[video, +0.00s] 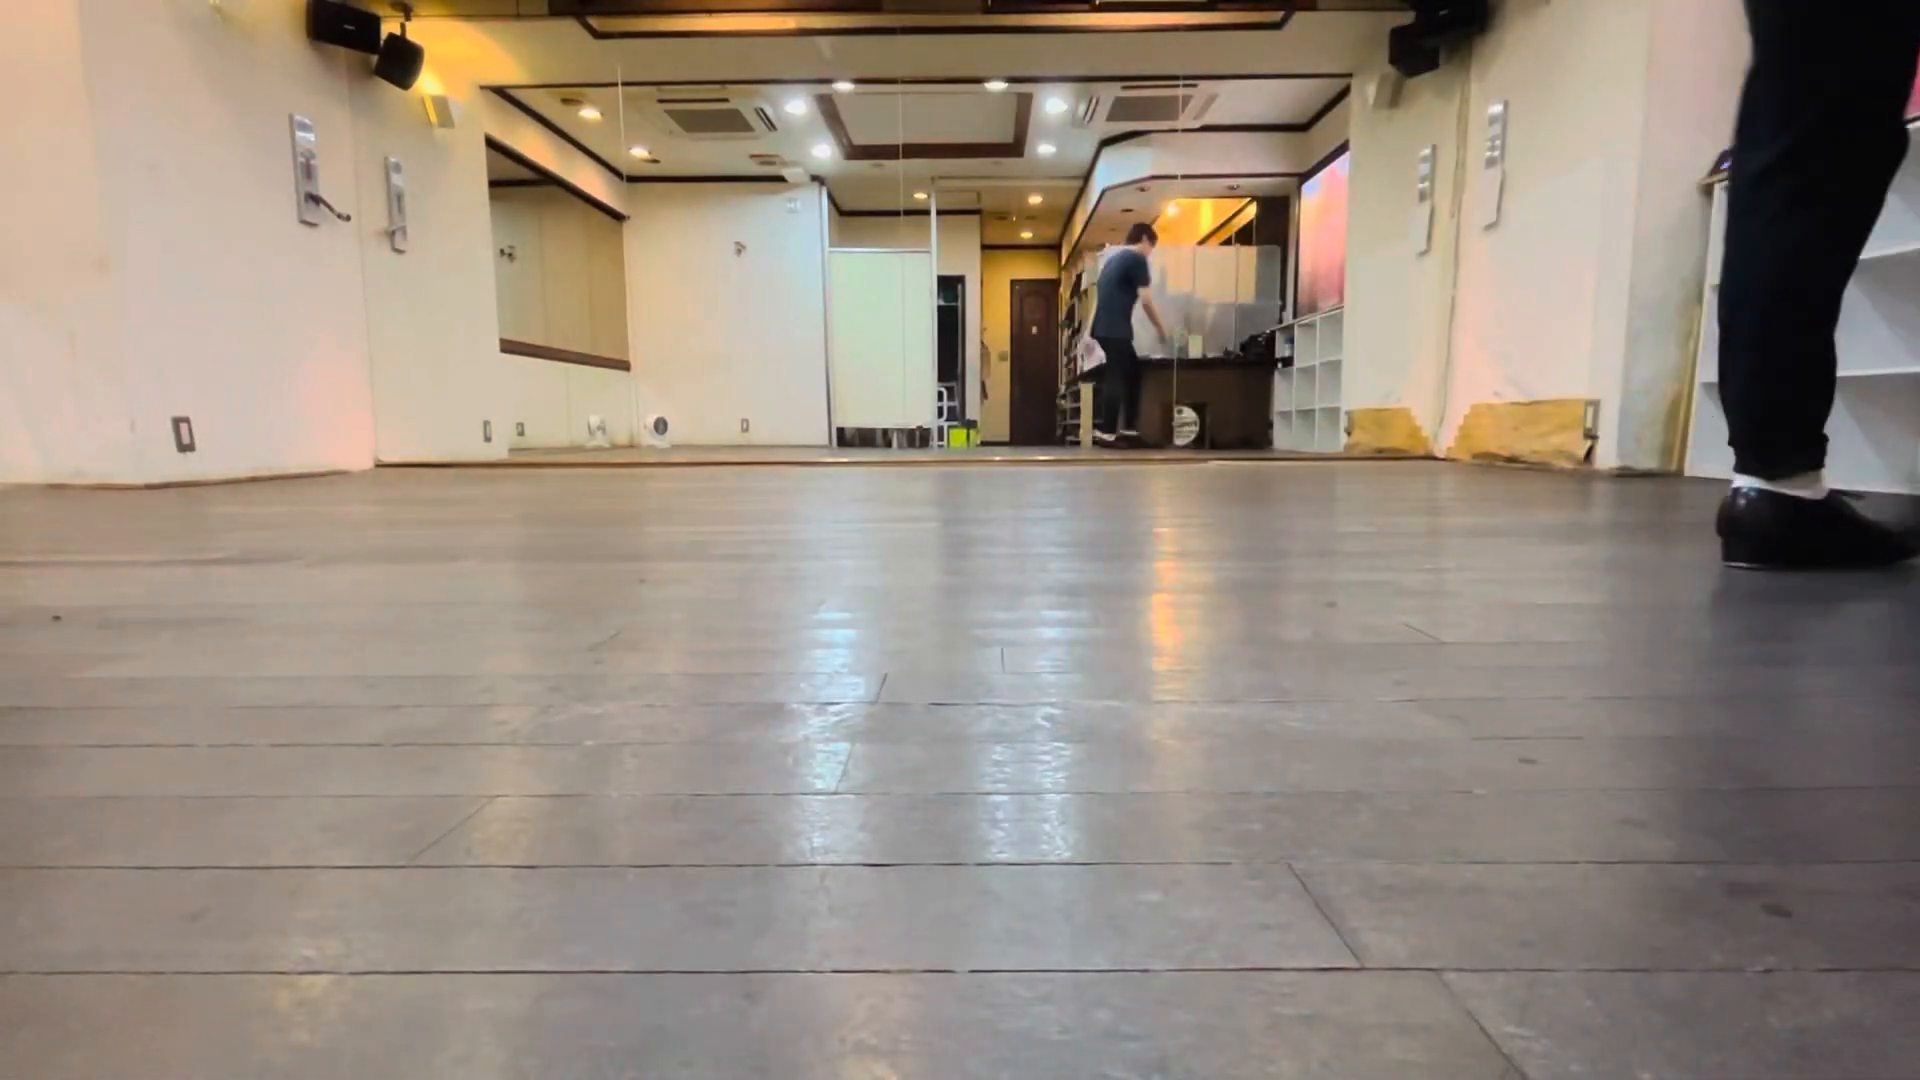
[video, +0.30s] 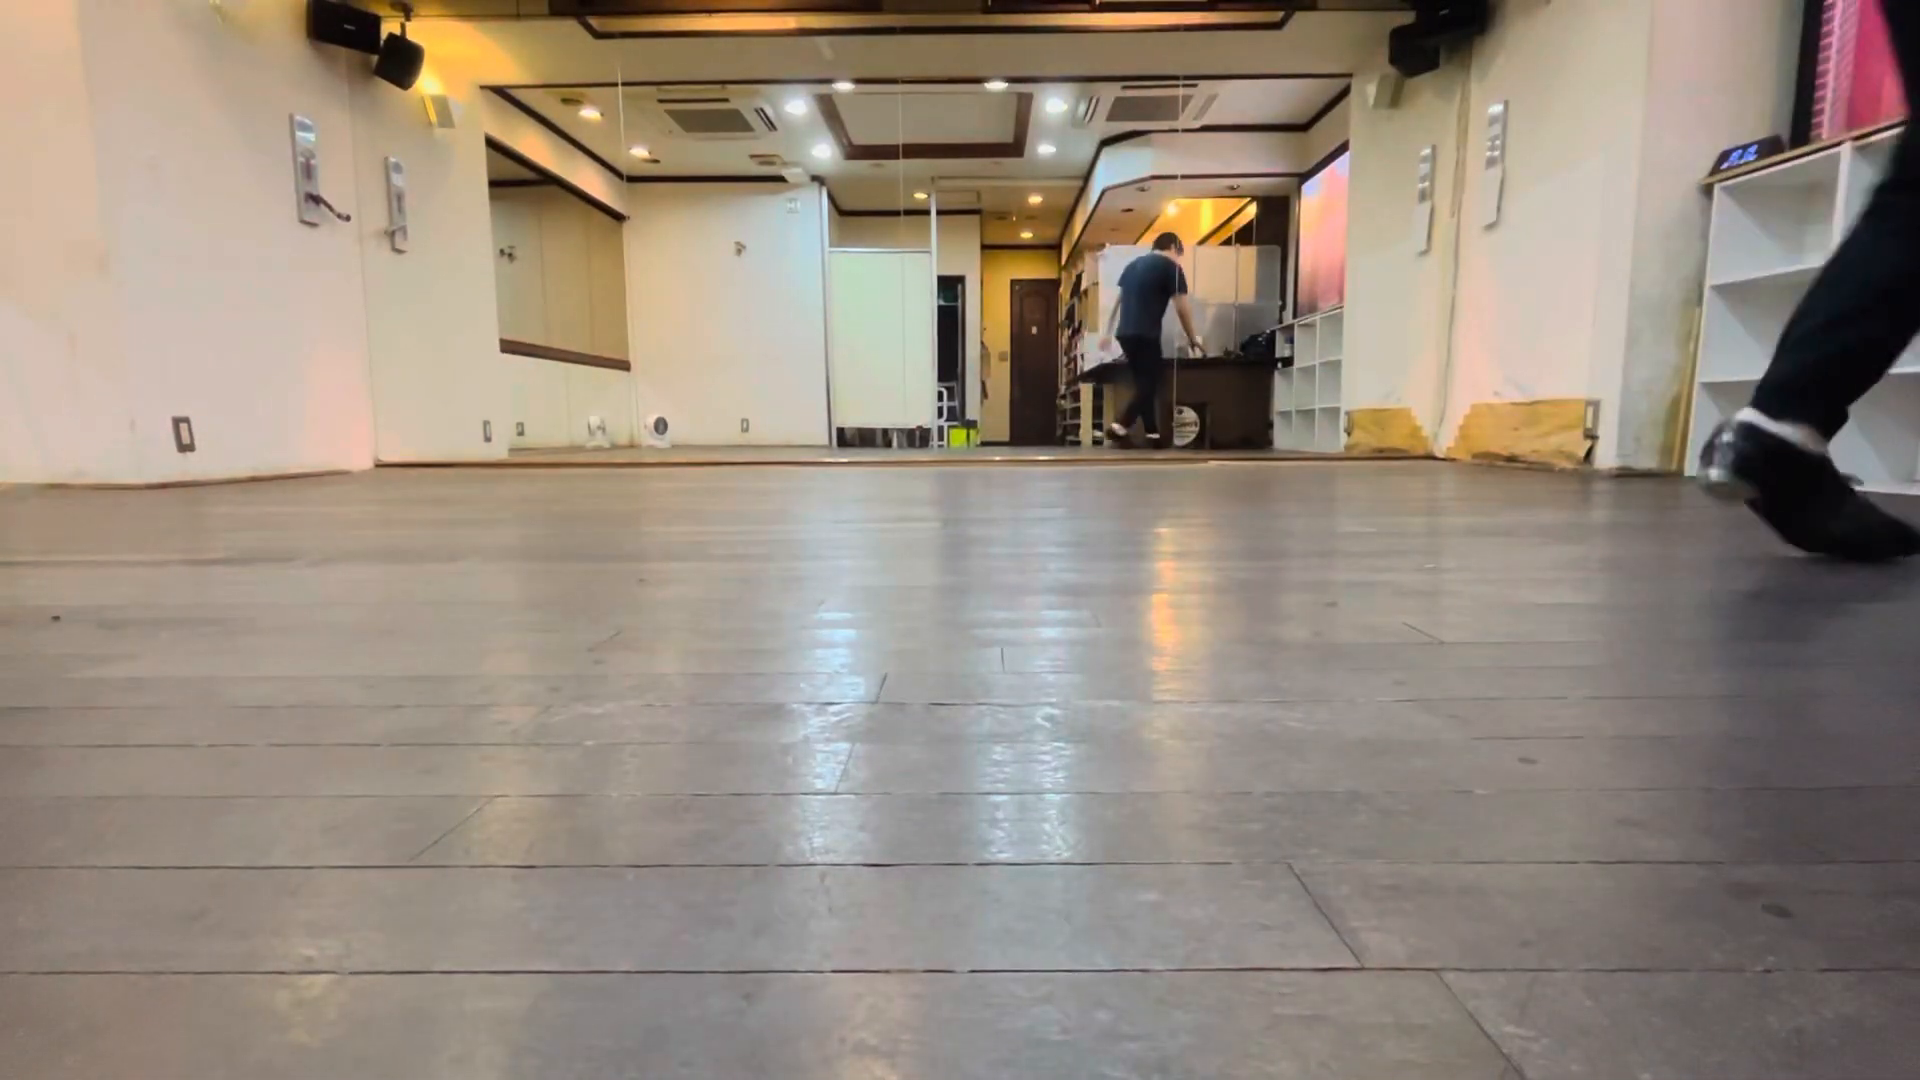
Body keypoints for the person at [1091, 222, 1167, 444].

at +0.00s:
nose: (1150, 251)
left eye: (1152, 246)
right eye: (1151, 246)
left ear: (1132, 240)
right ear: (1144, 240)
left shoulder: (1114, 258)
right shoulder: (1137, 259)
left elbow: (1106, 297)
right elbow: (1146, 301)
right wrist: (1160, 329)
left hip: (1102, 331)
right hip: (1117, 333)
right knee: (1123, 375)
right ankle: (1109, 429)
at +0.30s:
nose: (1179, 257)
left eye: (1179, 253)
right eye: (1179, 252)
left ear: (1156, 247)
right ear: (1172, 248)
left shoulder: (1135, 264)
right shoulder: (1172, 267)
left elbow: (1119, 300)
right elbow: (1181, 307)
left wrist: (1107, 333)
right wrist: (1192, 339)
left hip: (1125, 333)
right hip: (1147, 334)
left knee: (1145, 382)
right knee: (1150, 382)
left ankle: (1152, 432)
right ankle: (1121, 425)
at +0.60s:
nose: (1193, 259)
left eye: (1194, 257)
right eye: (1194, 256)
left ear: (1170, 249)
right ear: (1190, 252)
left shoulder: (1149, 263)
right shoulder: (1188, 268)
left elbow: (1134, 300)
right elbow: (1192, 310)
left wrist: (1129, 332)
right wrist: (1195, 344)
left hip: (1137, 330)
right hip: (1160, 330)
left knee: (1147, 381)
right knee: (1164, 380)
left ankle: (1156, 431)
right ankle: (1165, 431)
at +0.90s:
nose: (1199, 256)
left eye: (1199, 253)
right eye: (1200, 253)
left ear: (1177, 246)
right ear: (1197, 250)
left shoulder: (1156, 259)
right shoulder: (1197, 268)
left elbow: (1140, 294)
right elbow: (1200, 310)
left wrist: (1140, 325)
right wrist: (1199, 343)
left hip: (1146, 330)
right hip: (1170, 331)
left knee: (1151, 381)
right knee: (1175, 380)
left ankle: (1155, 432)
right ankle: (1176, 432)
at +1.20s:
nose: (1205, 255)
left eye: (1205, 252)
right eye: (1206, 252)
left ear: (1183, 245)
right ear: (1203, 249)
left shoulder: (1163, 255)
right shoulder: (1206, 268)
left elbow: (1146, 284)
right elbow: (1208, 312)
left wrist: (1139, 320)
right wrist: (1203, 343)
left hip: (1155, 331)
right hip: (1182, 333)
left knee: (1153, 381)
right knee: (1183, 381)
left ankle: (1156, 433)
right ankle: (1179, 433)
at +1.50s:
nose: (1210, 257)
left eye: (1209, 255)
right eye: (1211, 255)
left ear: (1188, 246)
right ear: (1208, 252)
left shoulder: (1172, 254)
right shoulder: (1213, 269)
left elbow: (1159, 280)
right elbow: (1213, 313)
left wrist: (1150, 317)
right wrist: (1205, 343)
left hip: (1162, 325)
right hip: (1189, 331)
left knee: (1152, 377)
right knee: (1185, 381)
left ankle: (1146, 430)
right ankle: (1181, 433)